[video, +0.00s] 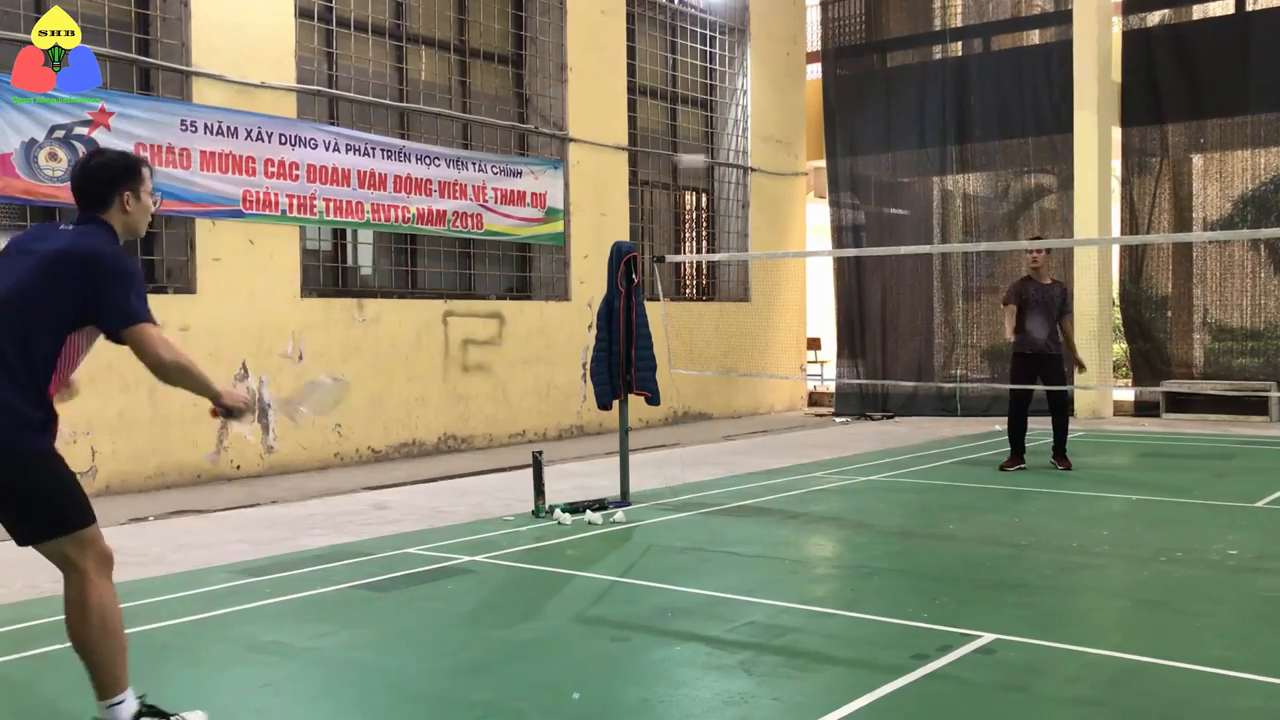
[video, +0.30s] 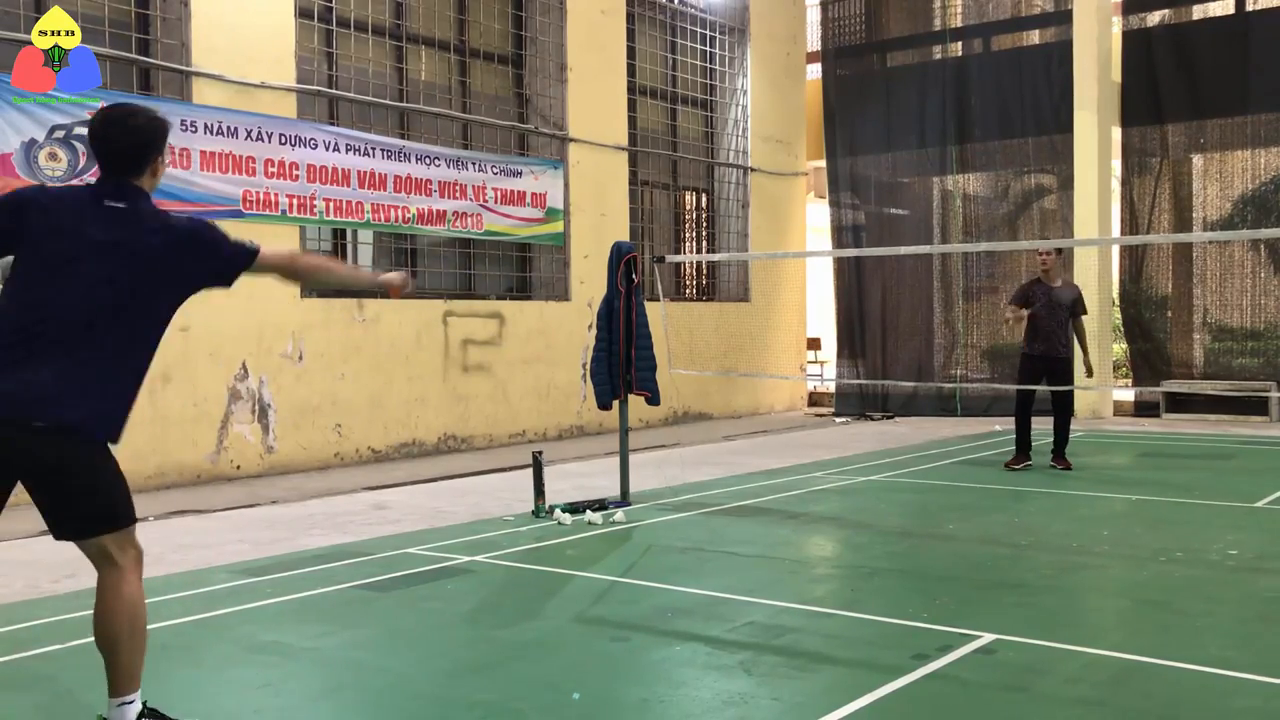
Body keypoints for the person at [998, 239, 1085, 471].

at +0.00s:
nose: (1033, 255)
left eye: (1038, 252)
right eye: (1030, 252)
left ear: (1047, 256)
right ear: (1026, 257)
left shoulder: (1060, 289)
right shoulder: (1018, 287)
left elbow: (1066, 325)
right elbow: (1010, 312)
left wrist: (1075, 355)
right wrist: (1009, 331)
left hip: (1052, 355)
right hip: (1023, 354)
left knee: (1059, 406)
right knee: (1018, 405)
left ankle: (1060, 454)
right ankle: (1016, 456)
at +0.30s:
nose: (1043, 258)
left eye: (1047, 254)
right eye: (1039, 254)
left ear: (1058, 257)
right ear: (1036, 258)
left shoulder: (1071, 290)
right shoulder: (1028, 289)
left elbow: (1078, 325)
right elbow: (1008, 315)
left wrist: (1086, 358)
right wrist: (1020, 314)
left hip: (1061, 358)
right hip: (1032, 356)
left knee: (1063, 409)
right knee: (1023, 405)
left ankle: (1059, 455)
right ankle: (1022, 454)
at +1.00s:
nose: (1020, 257)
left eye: (1025, 253)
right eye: (1017, 254)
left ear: (1036, 258)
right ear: (1014, 260)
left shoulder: (1054, 285)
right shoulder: (1011, 291)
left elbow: (1069, 317)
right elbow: (1000, 316)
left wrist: (1087, 344)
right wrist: (998, 330)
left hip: (1056, 355)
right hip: (1028, 357)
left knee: (1062, 405)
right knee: (1026, 407)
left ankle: (1058, 453)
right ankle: (1029, 457)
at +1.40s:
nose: (1038, 257)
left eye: (1043, 253)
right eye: (1034, 253)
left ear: (1053, 257)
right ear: (1030, 258)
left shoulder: (1066, 287)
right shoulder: (1024, 287)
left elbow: (1074, 322)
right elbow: (1001, 314)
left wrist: (1083, 353)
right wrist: (1020, 304)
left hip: (1060, 356)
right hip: (1031, 356)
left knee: (1061, 408)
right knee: (1024, 405)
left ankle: (1056, 457)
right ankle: (1029, 455)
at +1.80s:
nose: (1035, 256)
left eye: (1040, 252)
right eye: (1032, 252)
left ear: (1051, 256)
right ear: (1028, 257)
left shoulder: (1067, 284)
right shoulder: (1024, 288)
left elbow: (1083, 316)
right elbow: (999, 311)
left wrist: (1102, 343)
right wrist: (1005, 293)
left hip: (1068, 355)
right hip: (1040, 356)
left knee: (1068, 408)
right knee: (1039, 408)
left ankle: (1059, 456)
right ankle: (1041, 458)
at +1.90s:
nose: (1030, 258)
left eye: (1035, 254)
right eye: (1026, 255)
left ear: (1045, 258)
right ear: (1023, 260)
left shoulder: (1063, 285)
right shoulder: (1022, 291)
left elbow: (1083, 316)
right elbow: (1000, 306)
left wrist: (1105, 342)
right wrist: (976, 313)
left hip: (1071, 355)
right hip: (1042, 358)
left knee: (1074, 406)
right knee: (1040, 408)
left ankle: (1063, 455)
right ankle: (1041, 458)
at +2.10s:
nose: (1028, 258)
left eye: (1033, 254)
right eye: (1024, 255)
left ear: (1043, 258)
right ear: (1021, 260)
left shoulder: (1062, 285)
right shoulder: (1019, 293)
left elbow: (1079, 316)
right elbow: (1007, 320)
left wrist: (1097, 344)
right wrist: (1001, 334)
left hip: (1067, 355)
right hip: (1039, 358)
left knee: (1077, 399)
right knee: (1039, 407)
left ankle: (1066, 452)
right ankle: (1041, 459)